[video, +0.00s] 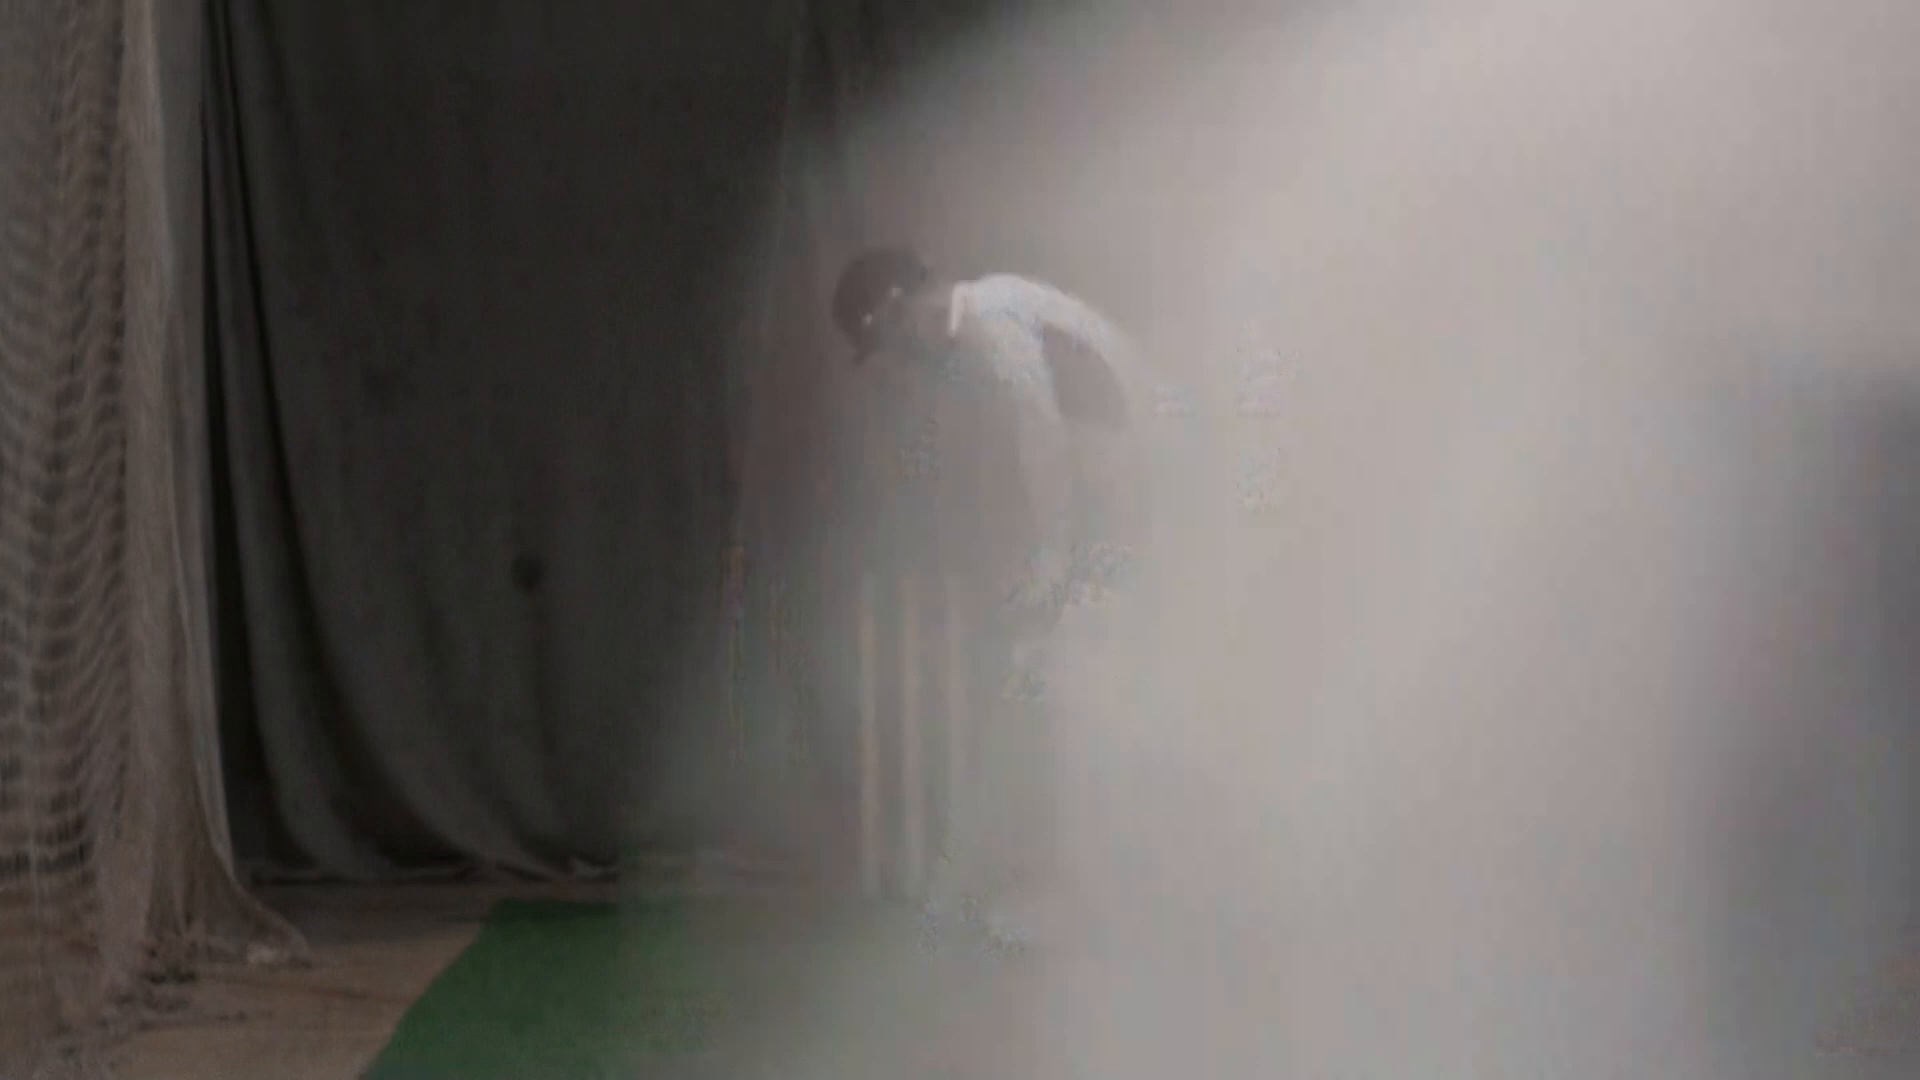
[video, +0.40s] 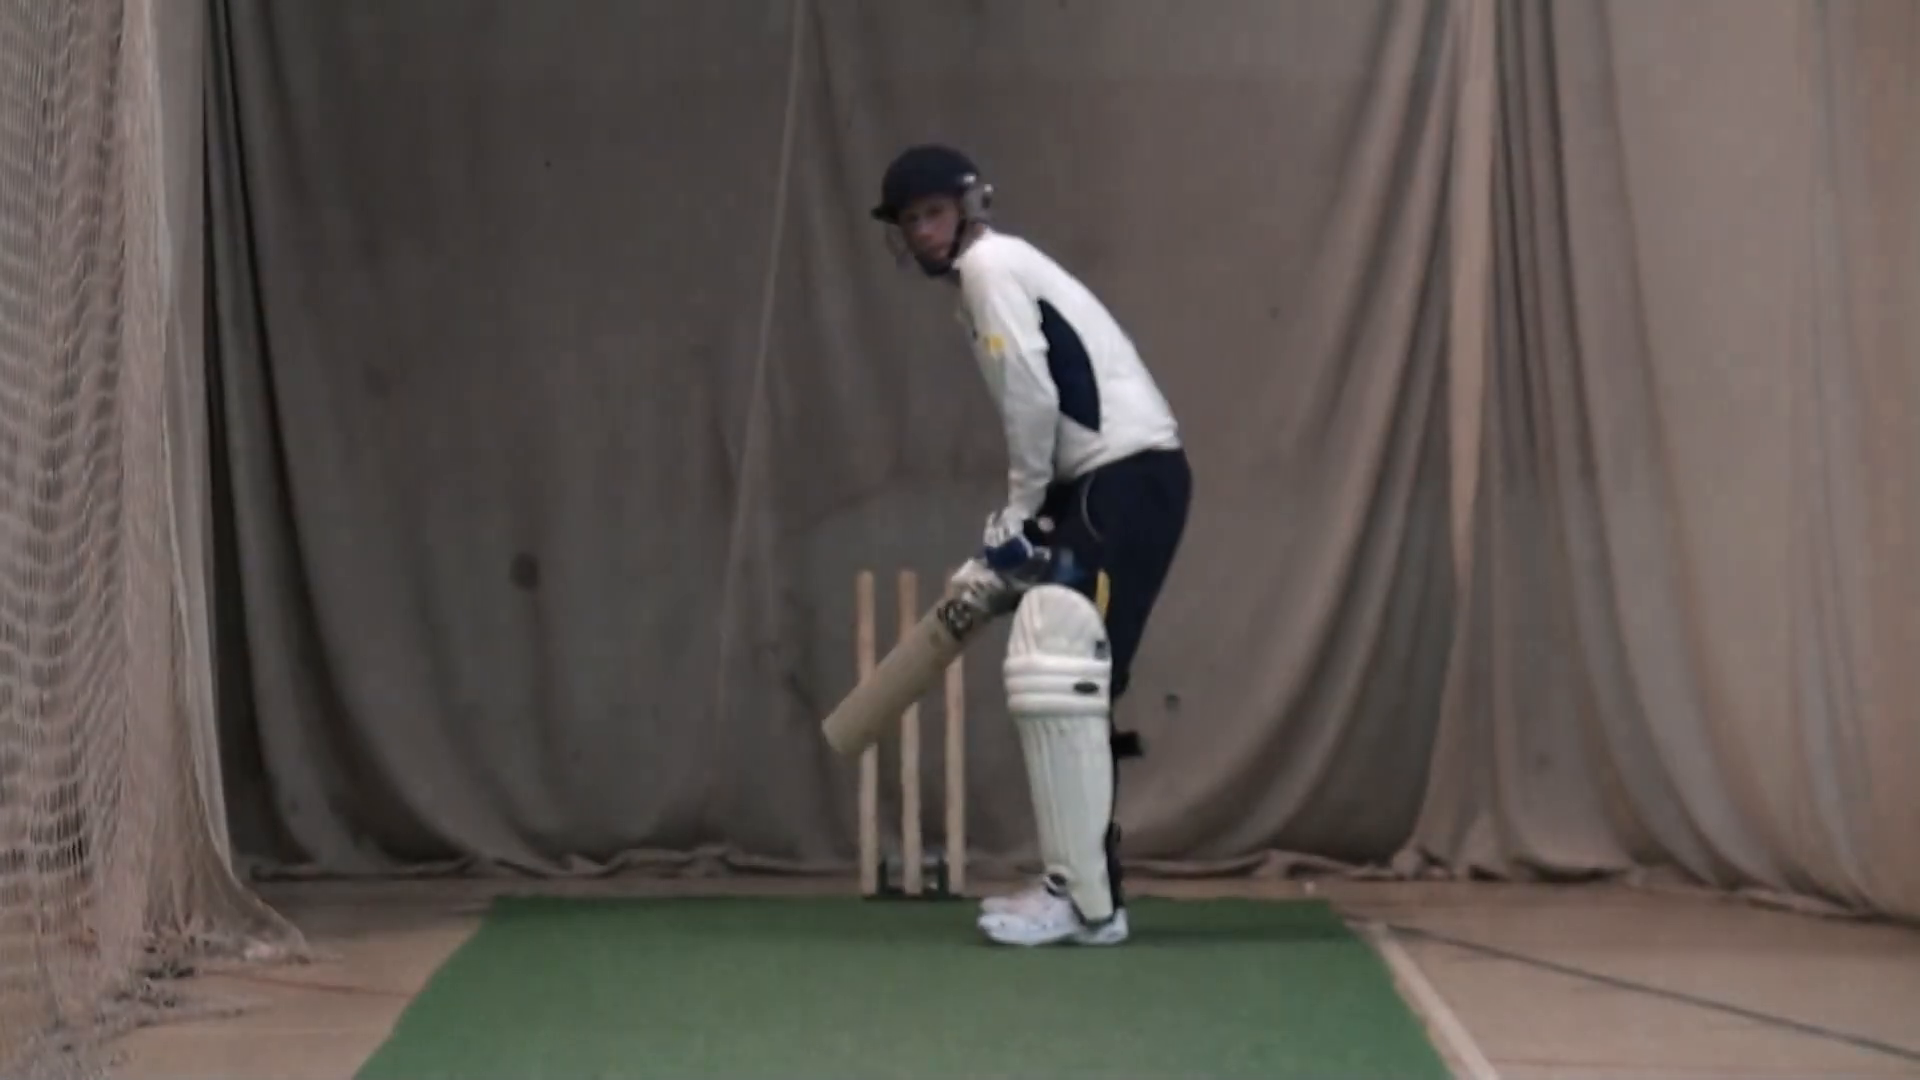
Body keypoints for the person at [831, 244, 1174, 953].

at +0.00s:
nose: (901, 353)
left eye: (892, 333)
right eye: (886, 346)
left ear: (908, 297)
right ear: (895, 315)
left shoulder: (994, 320)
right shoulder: (970, 339)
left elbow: (1042, 452)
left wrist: (1041, 575)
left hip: (1141, 516)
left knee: (1065, 684)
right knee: (1026, 684)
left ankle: (1064, 894)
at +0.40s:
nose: (928, 232)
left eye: (940, 214)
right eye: (913, 222)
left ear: (972, 207)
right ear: (899, 232)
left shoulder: (988, 266)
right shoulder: (993, 270)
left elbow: (1033, 399)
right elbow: (1050, 428)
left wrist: (1021, 515)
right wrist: (1003, 555)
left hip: (1127, 475)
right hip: (1111, 478)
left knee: (1060, 672)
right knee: (1069, 678)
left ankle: (1082, 895)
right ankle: (1085, 889)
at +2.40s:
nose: (933, 248)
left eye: (938, 227)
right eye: (923, 235)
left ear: (982, 202)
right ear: (940, 227)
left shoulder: (1032, 251)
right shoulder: (1003, 275)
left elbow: (1069, 381)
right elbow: (1058, 408)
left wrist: (1036, 486)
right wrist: (1034, 509)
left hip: (1142, 476)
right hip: (1096, 483)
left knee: (1090, 676)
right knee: (1051, 675)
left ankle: (1113, 900)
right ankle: (1074, 882)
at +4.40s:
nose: (979, 194)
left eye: (996, 178)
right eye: (965, 180)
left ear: (1026, 182)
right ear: (947, 189)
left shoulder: (1042, 250)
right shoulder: (989, 284)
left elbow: (1077, 389)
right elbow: (1049, 419)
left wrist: (1044, 508)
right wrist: (1018, 535)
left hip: (1138, 473)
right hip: (1090, 480)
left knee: (1097, 678)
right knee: (1058, 676)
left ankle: (1113, 897)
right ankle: (1080, 882)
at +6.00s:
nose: (979, 191)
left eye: (995, 174)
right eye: (964, 177)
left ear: (1026, 174)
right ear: (950, 185)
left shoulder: (1041, 237)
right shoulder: (1002, 266)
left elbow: (1070, 370)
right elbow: (1045, 395)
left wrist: (1026, 480)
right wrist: (1012, 503)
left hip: (1127, 469)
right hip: (1085, 477)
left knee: (1089, 674)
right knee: (1052, 673)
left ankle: (1112, 895)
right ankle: (1081, 878)